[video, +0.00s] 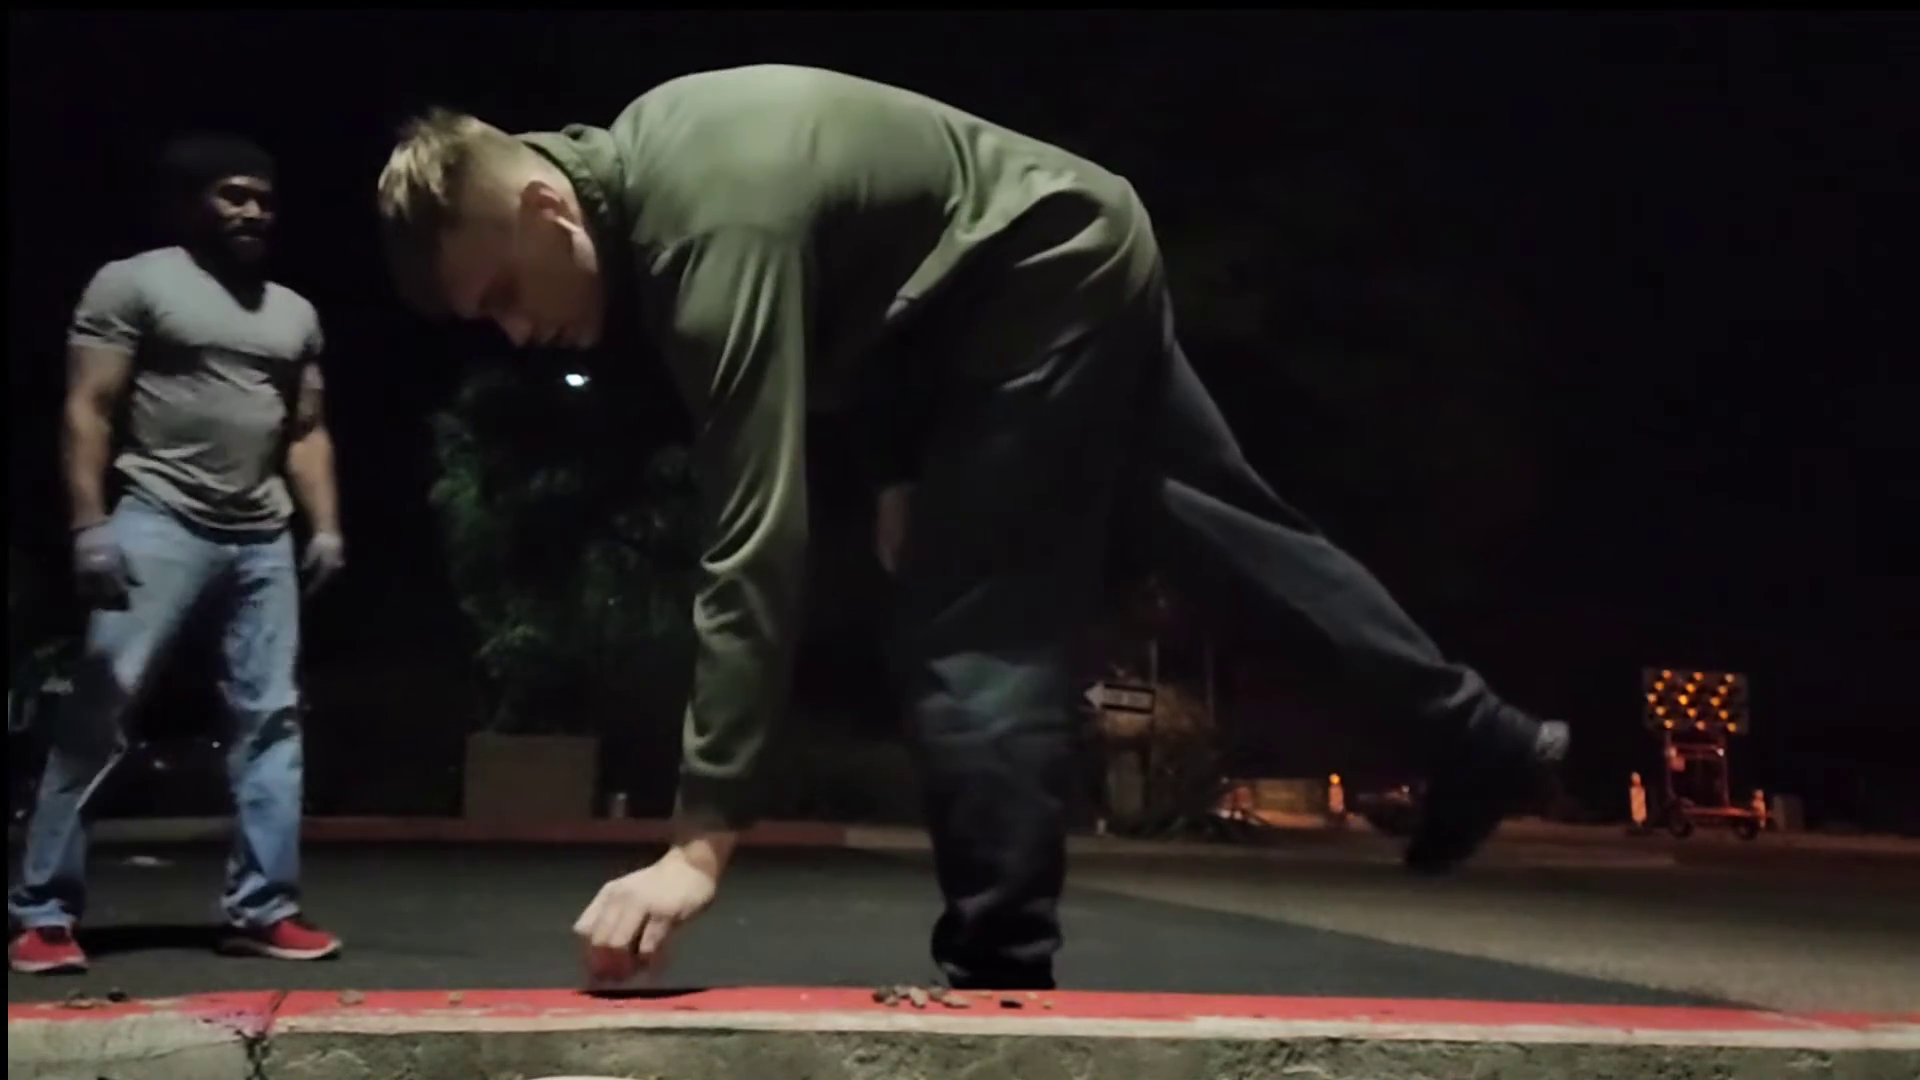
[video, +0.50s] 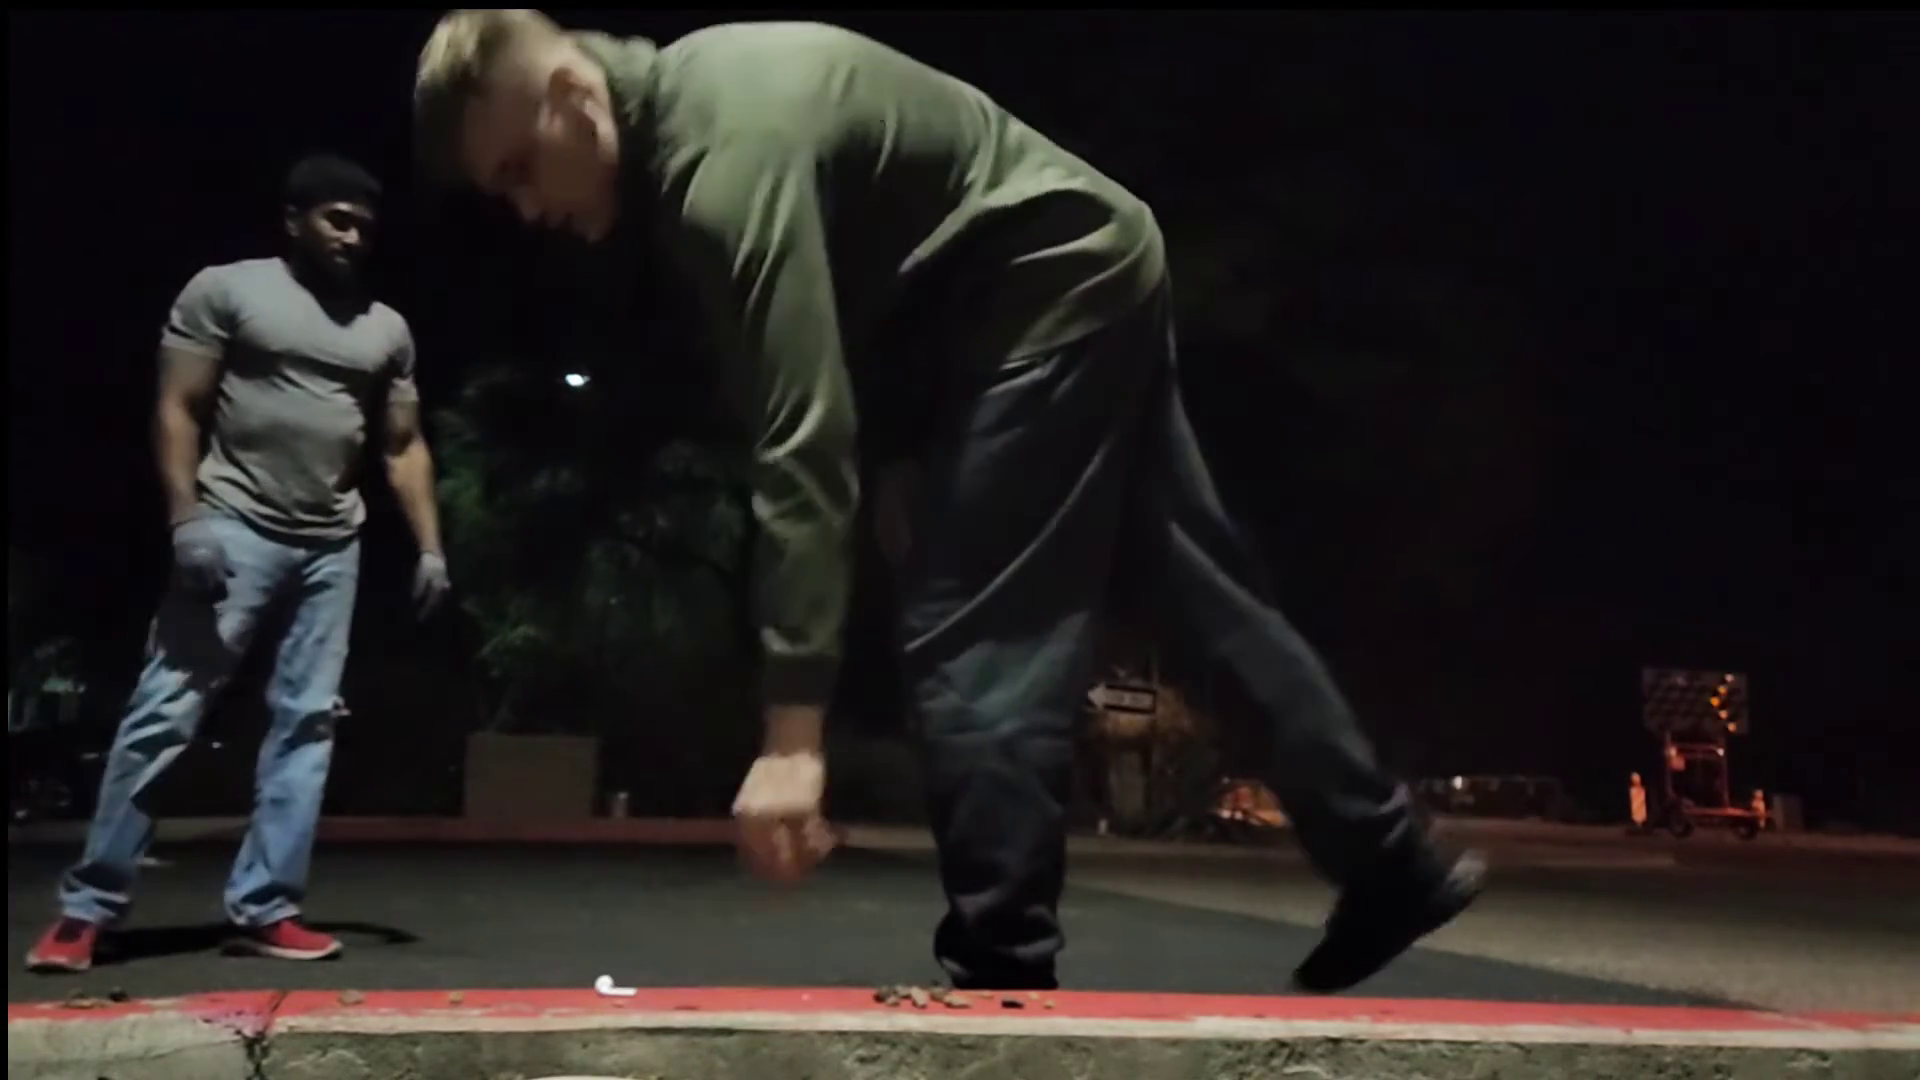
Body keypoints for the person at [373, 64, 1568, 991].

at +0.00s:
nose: (518, 334)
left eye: (505, 299)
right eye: (489, 320)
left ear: (551, 207)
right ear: (540, 205)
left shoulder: (724, 231)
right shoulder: (648, 158)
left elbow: (751, 551)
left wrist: (696, 847)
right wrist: (886, 474)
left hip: (1044, 275)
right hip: (1068, 243)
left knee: (979, 621)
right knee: (1221, 531)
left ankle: (994, 970)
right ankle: (1474, 739)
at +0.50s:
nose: (523, 210)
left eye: (515, 174)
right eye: (500, 192)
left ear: (576, 100)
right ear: (575, 97)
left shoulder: (732, 155)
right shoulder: (689, 100)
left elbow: (804, 449)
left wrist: (790, 739)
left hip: (1050, 292)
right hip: (1088, 266)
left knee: (973, 631)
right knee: (1191, 588)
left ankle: (1002, 954)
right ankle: (1389, 859)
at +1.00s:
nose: (695, 66)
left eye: (687, 38)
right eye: (680, 49)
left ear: (738, 5)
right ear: (737, 15)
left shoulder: (861, 36)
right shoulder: (858, 38)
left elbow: (901, 257)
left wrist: (875, 501)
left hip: (1069, 339)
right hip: (1105, 335)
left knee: (998, 648)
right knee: (1071, 664)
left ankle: (1000, 967)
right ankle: (1130, 974)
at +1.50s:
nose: (898, 33)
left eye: (905, 15)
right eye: (895, 22)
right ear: (943, 21)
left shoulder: (1070, 30)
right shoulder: (1003, 79)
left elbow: (1135, 208)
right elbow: (1039, 272)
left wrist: (1103, 386)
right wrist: (1032, 427)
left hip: (1155, 389)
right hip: (1088, 405)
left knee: (1133, 674)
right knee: (1090, 681)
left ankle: (1179, 966)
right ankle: (1119, 968)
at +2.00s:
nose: (1021, 22)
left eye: (1030, 9)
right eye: (1019, 16)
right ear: (1057, 24)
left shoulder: (1199, 34)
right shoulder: (1105, 96)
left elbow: (1356, 112)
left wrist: (1300, 211)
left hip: (1226, 438)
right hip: (1117, 452)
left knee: (1265, 710)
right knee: (1108, 712)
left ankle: (1341, 965)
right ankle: (1129, 971)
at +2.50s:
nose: (1080, 43)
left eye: (1089, 22)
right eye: (1075, 29)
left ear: (1144, 10)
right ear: (1119, 28)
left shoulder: (1272, 91)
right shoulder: (1145, 137)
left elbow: (1302, 281)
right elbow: (1169, 338)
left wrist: (1179, 407)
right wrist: (1085, 446)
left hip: (1285, 472)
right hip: (1166, 478)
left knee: (1316, 724)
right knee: (1122, 696)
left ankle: (1346, 963)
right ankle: (1112, 947)